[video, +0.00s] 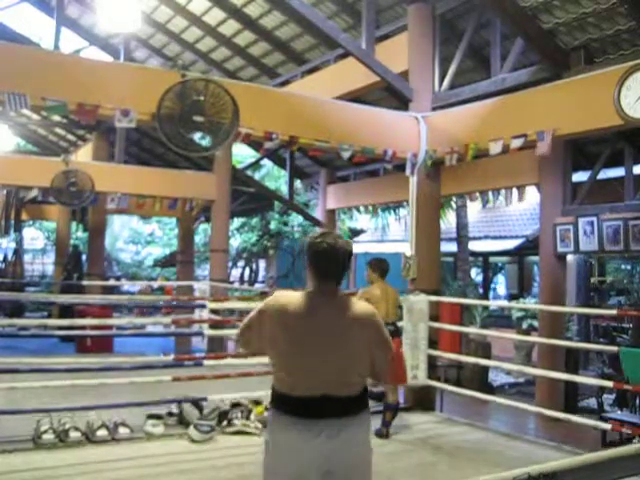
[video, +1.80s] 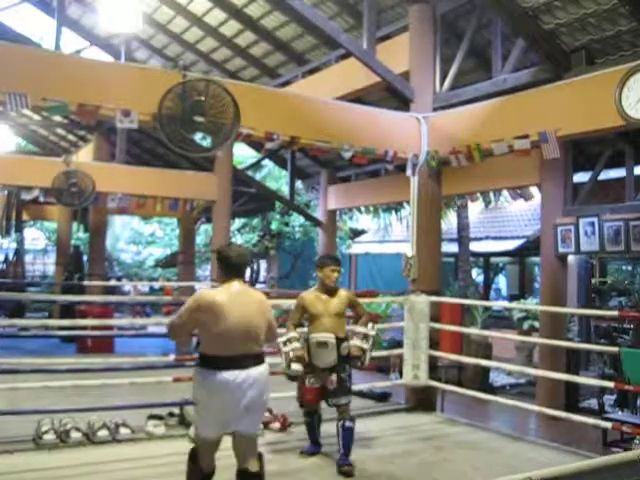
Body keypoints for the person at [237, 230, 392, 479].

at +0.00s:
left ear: (308, 265)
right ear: (346, 269)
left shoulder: (278, 306)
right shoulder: (365, 314)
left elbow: (245, 341)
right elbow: (385, 372)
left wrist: (287, 339)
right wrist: (349, 355)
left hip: (290, 429)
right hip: (350, 430)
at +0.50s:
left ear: (281, 272)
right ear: (313, 271)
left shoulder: (261, 315)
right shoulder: (335, 313)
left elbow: (224, 358)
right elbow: (351, 362)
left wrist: (261, 341)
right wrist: (321, 349)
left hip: (275, 417)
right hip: (327, 415)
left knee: (273, 475)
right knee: (321, 475)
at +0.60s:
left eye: (268, 264)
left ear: (269, 269)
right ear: (300, 269)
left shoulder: (250, 311)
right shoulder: (324, 309)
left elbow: (216, 344)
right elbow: (341, 352)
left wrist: (255, 341)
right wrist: (308, 348)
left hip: (264, 414)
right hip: (313, 413)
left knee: (266, 474)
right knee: (314, 474)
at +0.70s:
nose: (256, 268)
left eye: (257, 264)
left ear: (259, 268)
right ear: (292, 268)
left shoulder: (242, 308)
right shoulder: (314, 306)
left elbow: (211, 340)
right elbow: (333, 347)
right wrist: (300, 336)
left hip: (257, 409)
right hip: (304, 409)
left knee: (264, 475)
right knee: (308, 473)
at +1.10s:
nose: (247, 272)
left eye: (248, 267)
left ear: (250, 272)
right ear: (279, 273)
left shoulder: (230, 303)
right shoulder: (295, 307)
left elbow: (198, 328)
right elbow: (309, 346)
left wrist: (230, 323)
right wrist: (279, 341)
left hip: (241, 393)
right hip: (283, 393)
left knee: (252, 468)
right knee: (272, 462)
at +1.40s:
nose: (240, 268)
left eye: (242, 264)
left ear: (245, 266)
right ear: (272, 269)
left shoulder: (227, 298)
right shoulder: (286, 303)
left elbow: (193, 329)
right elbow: (299, 347)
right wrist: (269, 343)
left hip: (236, 384)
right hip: (277, 382)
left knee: (217, 458)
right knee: (259, 452)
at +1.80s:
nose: (212, 267)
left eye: (214, 262)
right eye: (214, 262)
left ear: (220, 267)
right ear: (244, 269)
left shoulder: (205, 299)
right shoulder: (259, 299)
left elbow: (175, 329)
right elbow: (271, 335)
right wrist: (244, 330)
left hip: (214, 377)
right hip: (254, 374)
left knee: (206, 449)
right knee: (247, 449)